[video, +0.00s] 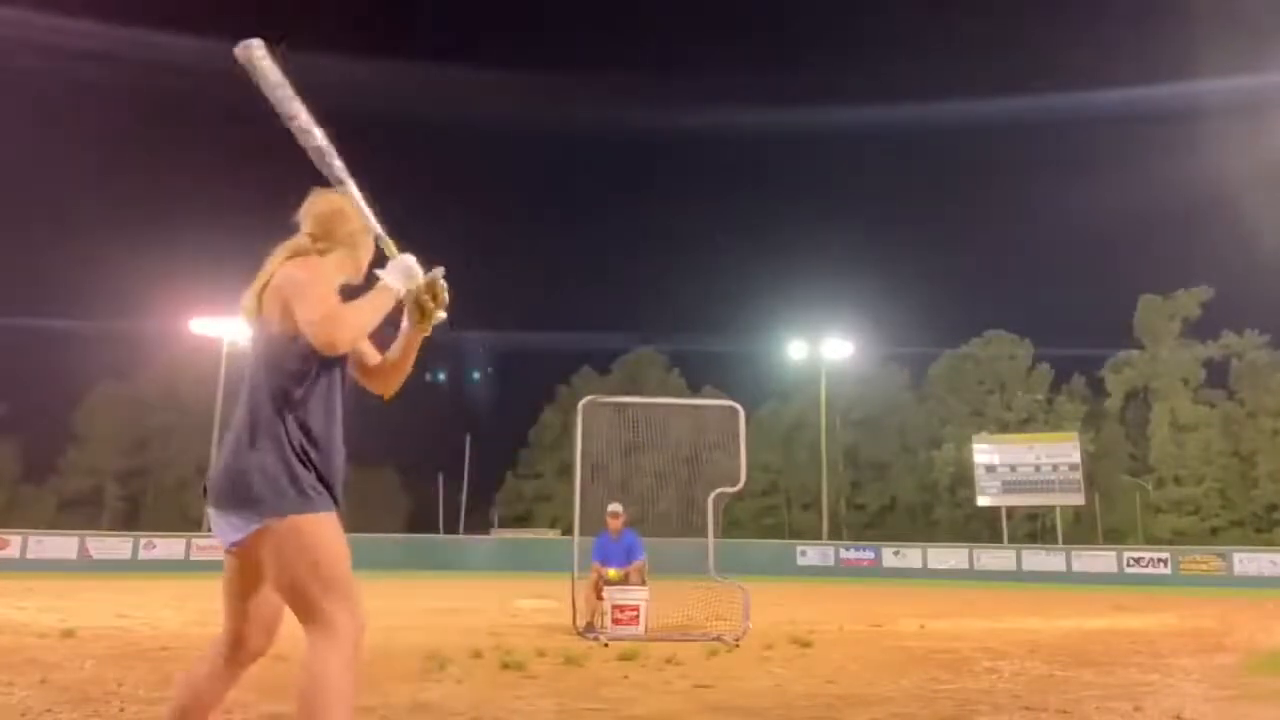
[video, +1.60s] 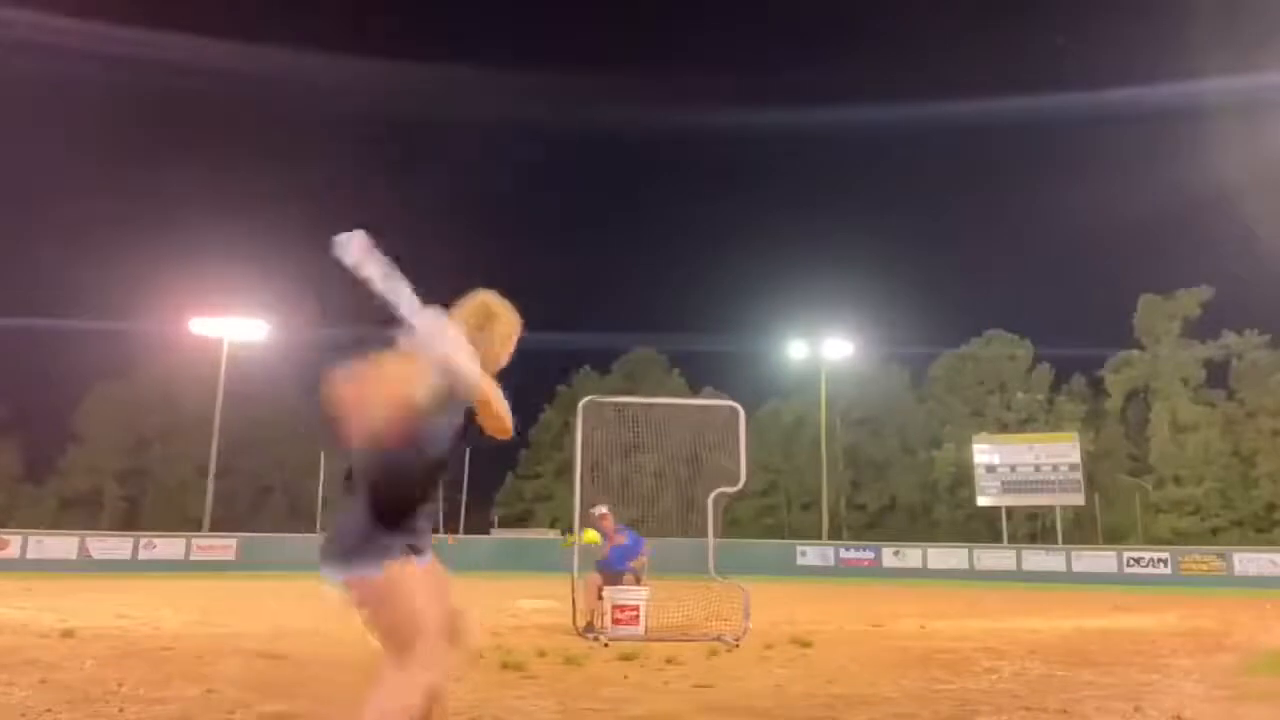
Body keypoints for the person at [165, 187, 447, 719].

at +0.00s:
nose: (373, 256)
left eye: (374, 245)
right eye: (370, 244)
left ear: (318, 234)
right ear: (352, 237)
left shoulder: (321, 294)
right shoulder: (302, 271)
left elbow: (382, 380)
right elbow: (330, 333)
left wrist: (417, 325)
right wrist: (392, 286)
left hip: (251, 477)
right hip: (278, 477)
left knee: (243, 641)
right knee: (338, 626)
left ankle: (179, 714)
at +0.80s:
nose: (413, 274)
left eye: (415, 266)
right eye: (415, 261)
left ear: (363, 233)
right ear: (404, 247)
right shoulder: (354, 266)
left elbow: (420, 386)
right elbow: (363, 335)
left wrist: (465, 335)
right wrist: (436, 301)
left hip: (271, 475)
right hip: (299, 475)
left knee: (287, 635)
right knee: (363, 629)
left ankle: (203, 713)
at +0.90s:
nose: (426, 281)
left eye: (429, 272)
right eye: (427, 267)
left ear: (390, 240)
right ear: (411, 248)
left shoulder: (377, 309)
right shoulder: (353, 268)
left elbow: (424, 391)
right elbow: (365, 333)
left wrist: (470, 348)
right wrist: (445, 309)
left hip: (307, 477)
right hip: (293, 475)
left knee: (332, 634)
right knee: (369, 630)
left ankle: (242, 712)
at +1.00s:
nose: (442, 286)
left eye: (446, 277)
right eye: (443, 272)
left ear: (406, 255)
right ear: (426, 257)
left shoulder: (396, 315)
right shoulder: (362, 272)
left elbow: (427, 398)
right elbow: (353, 335)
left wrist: (468, 358)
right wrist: (446, 318)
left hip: (335, 484)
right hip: (289, 485)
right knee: (369, 629)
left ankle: (298, 709)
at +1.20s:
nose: (460, 293)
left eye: (464, 284)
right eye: (462, 280)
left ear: (421, 258)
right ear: (443, 268)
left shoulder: (423, 324)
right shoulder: (375, 282)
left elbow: (436, 405)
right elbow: (331, 339)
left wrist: (460, 366)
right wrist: (429, 325)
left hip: (355, 488)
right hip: (304, 493)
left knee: (446, 581)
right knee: (376, 628)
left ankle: (379, 706)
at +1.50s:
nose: (509, 333)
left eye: (510, 322)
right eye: (506, 319)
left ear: (474, 317)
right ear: (481, 312)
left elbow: (484, 403)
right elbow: (308, 317)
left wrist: (453, 334)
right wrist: (396, 302)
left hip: (412, 524)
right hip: (349, 523)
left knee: (457, 627)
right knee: (394, 641)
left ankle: (411, 704)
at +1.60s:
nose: (509, 357)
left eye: (510, 347)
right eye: (507, 345)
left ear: (475, 339)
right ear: (486, 338)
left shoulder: (472, 389)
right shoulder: (411, 368)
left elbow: (503, 429)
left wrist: (463, 367)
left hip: (410, 542)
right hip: (368, 544)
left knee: (453, 634)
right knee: (422, 652)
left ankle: (421, 706)